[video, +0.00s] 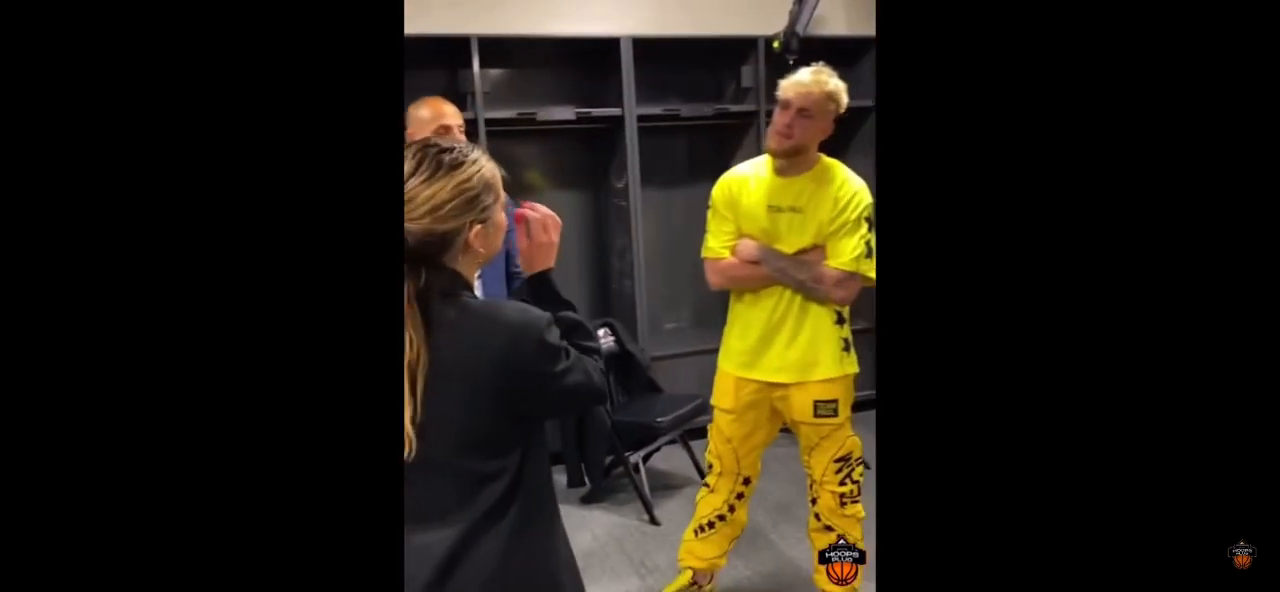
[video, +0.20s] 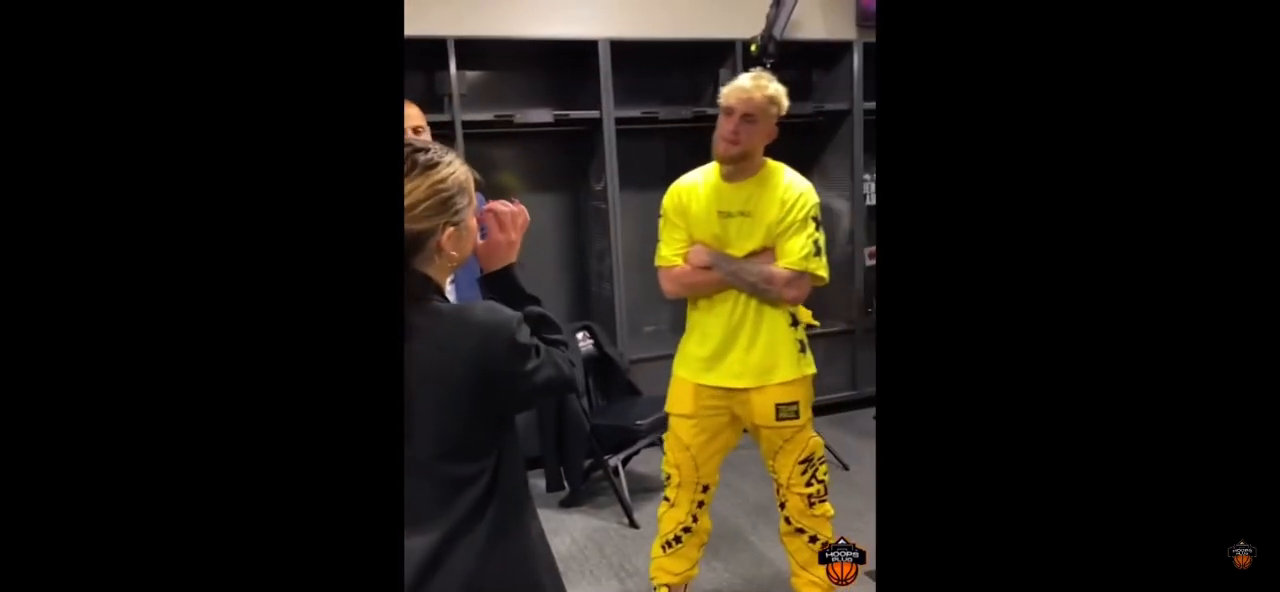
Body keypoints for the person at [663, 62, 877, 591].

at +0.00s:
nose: (784, 119)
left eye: (801, 113)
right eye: (781, 107)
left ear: (827, 128)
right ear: (771, 110)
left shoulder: (848, 192)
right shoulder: (734, 184)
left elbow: (842, 291)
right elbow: (717, 275)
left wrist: (759, 253)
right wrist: (804, 265)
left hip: (820, 363)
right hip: (745, 358)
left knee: (835, 486)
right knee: (723, 475)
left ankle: (841, 583)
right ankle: (696, 576)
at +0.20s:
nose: (731, 127)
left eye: (747, 119)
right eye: (726, 114)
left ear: (773, 131)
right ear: (716, 118)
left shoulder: (794, 192)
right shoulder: (683, 192)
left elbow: (794, 288)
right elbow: (673, 283)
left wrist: (712, 257)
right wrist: (758, 269)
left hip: (777, 368)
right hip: (701, 368)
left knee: (802, 495)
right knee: (682, 491)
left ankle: (818, 585)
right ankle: (667, 583)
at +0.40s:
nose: (680, 130)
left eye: (695, 121)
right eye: (674, 118)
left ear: (719, 131)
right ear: (664, 123)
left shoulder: (745, 191)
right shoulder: (637, 197)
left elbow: (752, 282)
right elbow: (629, 287)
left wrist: (669, 261)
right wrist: (716, 272)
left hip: (731, 372)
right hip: (655, 374)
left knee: (769, 497)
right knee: (656, 502)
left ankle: (797, 582)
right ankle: (656, 585)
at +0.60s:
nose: (652, 131)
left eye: (667, 120)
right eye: (645, 118)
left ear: (690, 129)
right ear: (635, 125)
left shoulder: (719, 190)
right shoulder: (610, 197)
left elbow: (732, 281)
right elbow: (605, 289)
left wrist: (644, 263)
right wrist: (691, 272)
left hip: (708, 371)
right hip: (632, 377)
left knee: (745, 500)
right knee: (648, 509)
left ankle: (767, 584)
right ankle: (654, 586)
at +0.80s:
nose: (644, 124)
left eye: (659, 113)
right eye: (637, 111)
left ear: (682, 123)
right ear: (626, 117)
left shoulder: (713, 183)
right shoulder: (603, 192)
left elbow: (729, 272)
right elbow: (598, 286)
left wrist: (638, 257)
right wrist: (685, 267)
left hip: (700, 365)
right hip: (627, 372)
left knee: (726, 500)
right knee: (649, 508)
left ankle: (746, 585)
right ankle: (658, 584)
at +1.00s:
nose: (645, 117)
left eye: (659, 106)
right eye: (637, 104)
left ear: (682, 116)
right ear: (626, 110)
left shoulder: (712, 177)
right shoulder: (600, 187)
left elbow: (726, 269)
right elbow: (593, 281)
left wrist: (634, 254)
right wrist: (681, 265)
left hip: (703, 360)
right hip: (628, 368)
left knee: (738, 491)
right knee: (651, 501)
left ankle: (759, 583)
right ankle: (662, 583)